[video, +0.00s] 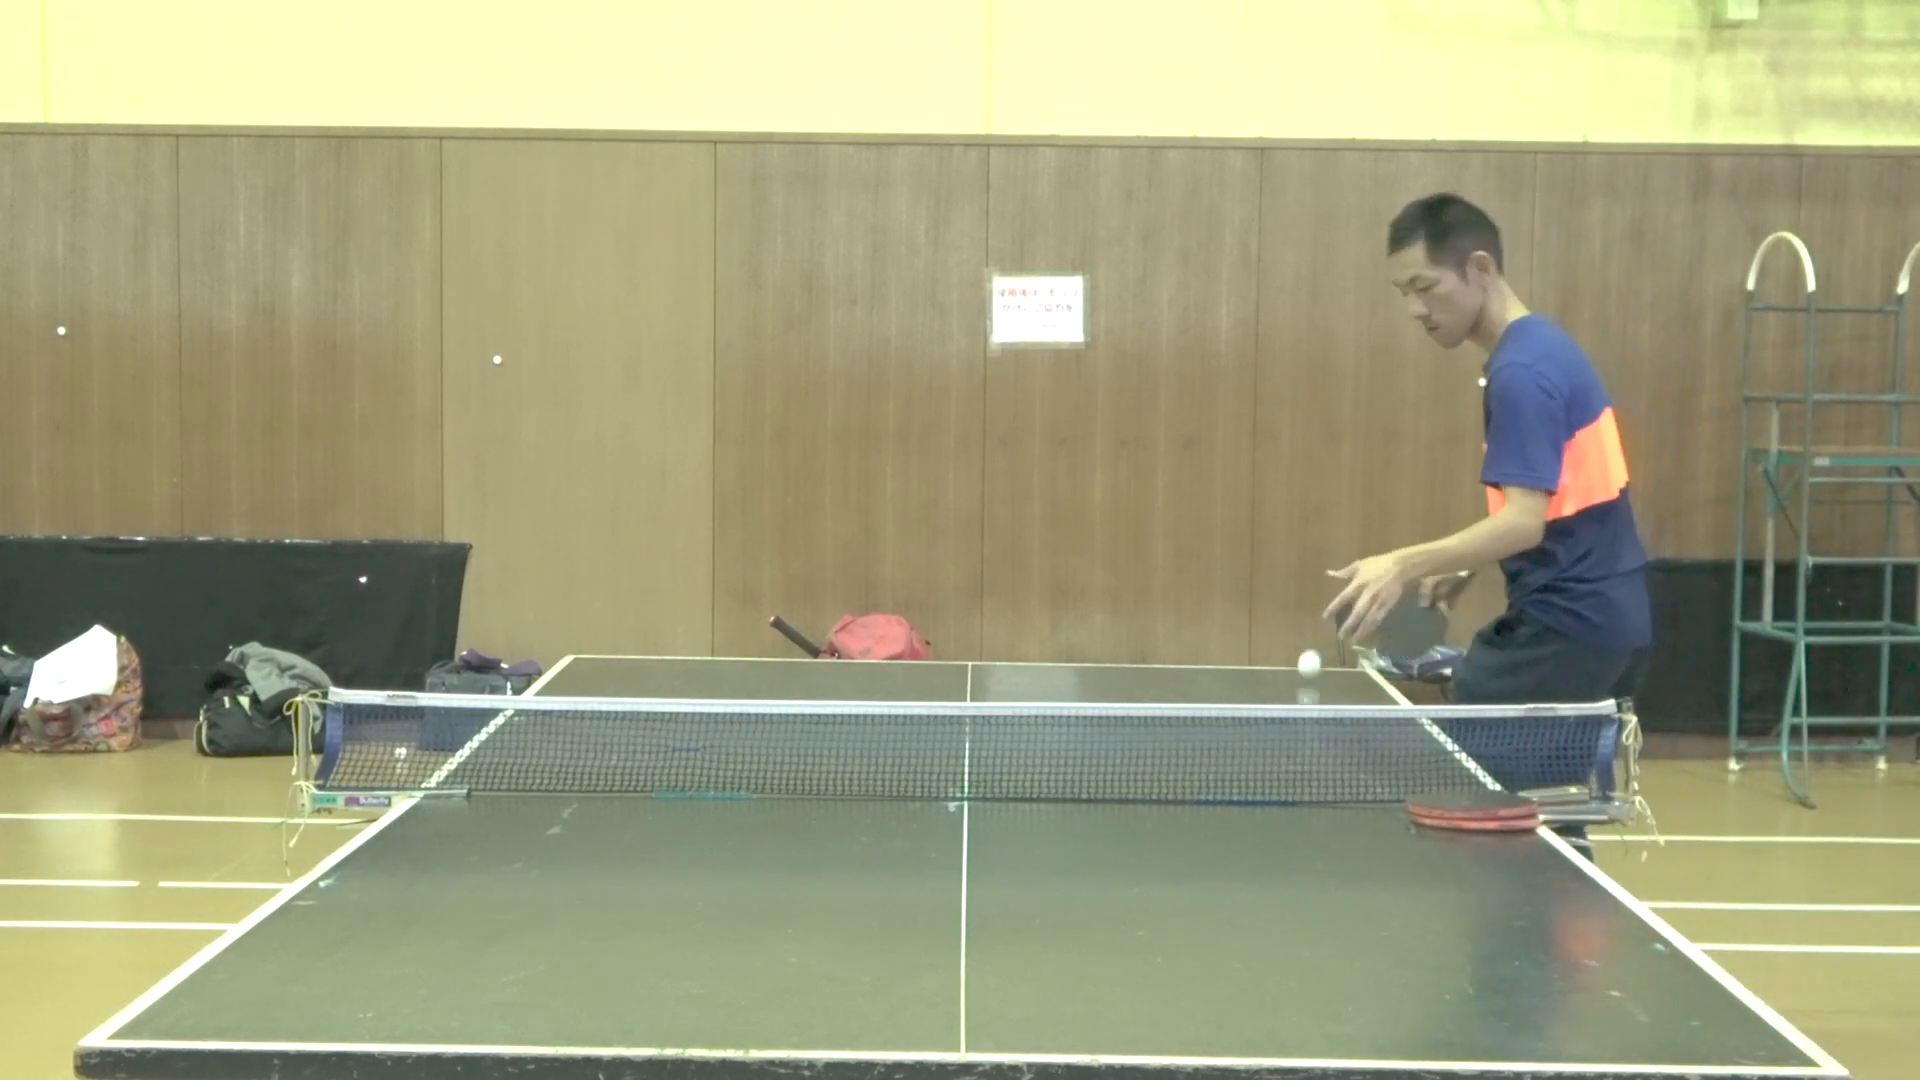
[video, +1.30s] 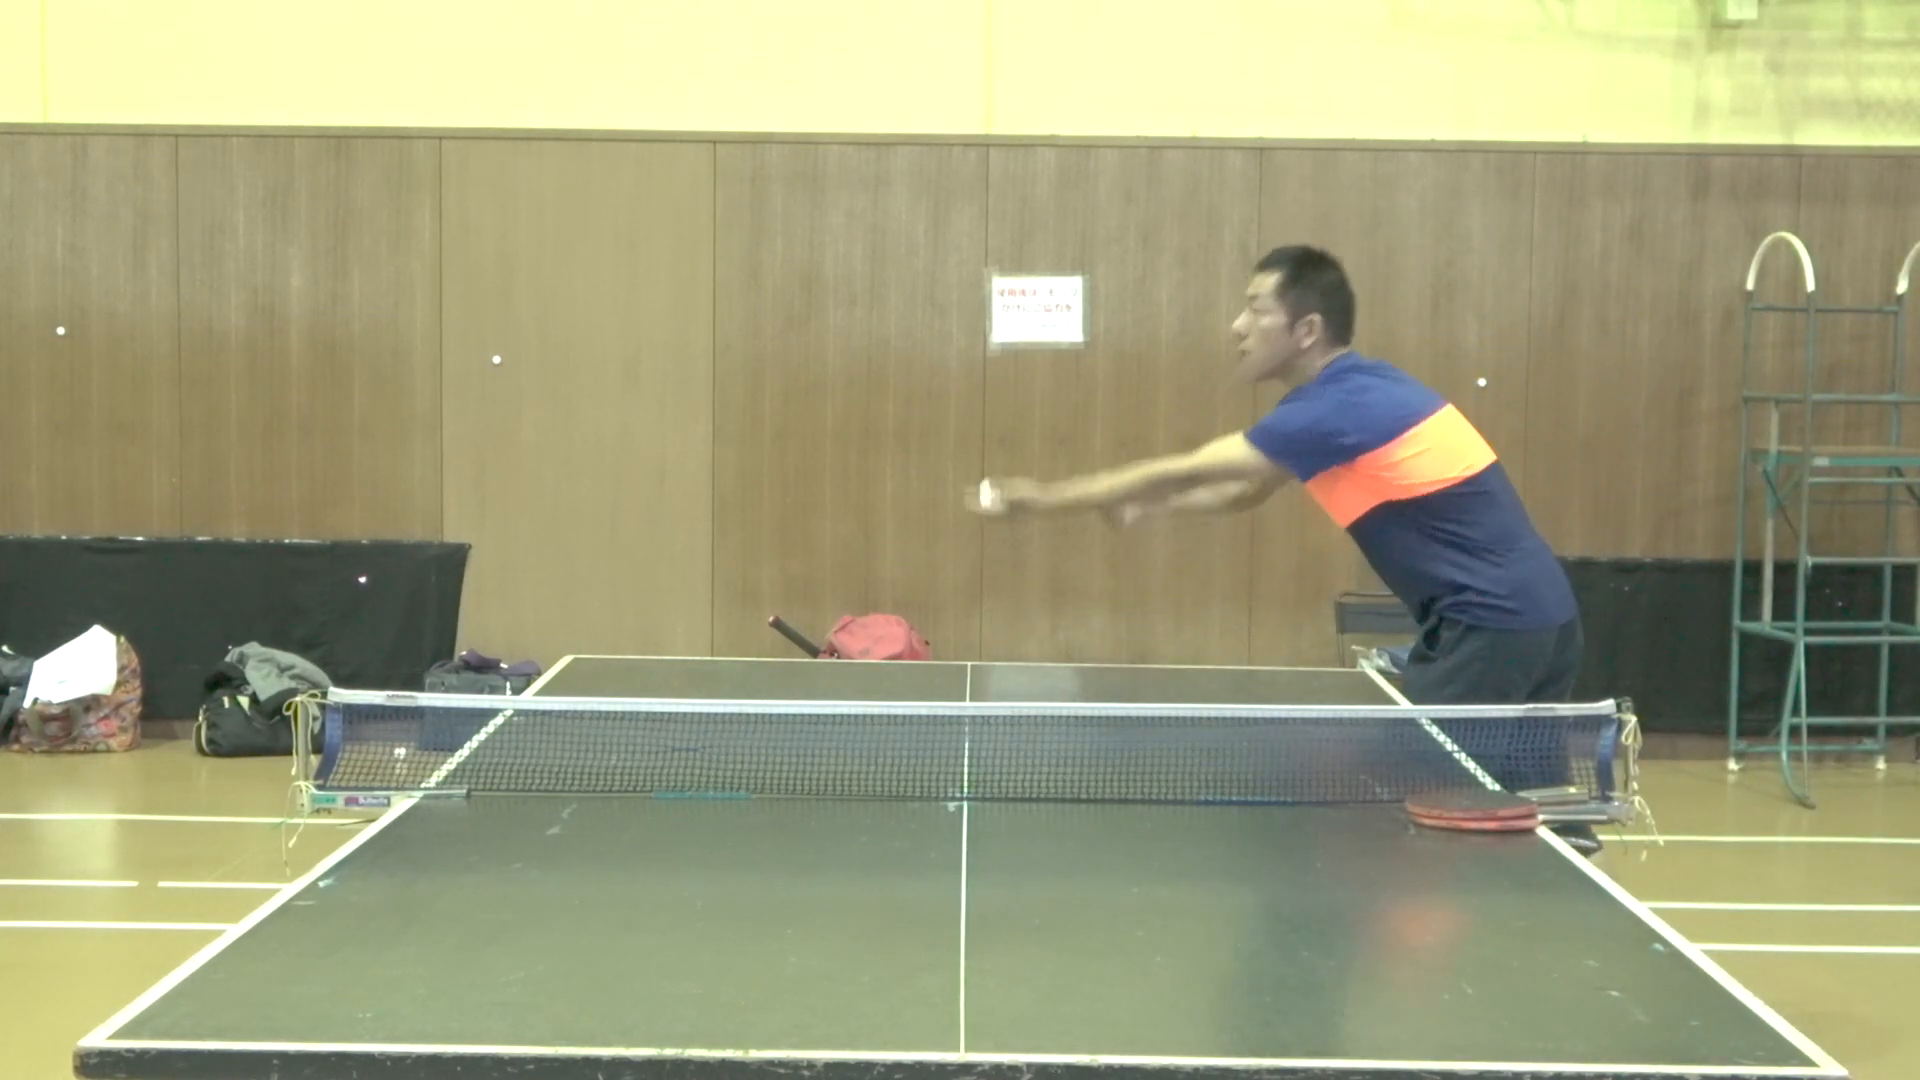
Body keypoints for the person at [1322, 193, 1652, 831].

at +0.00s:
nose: (1416, 310)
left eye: (1425, 288)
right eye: (1407, 293)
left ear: (1481, 267)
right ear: (1479, 272)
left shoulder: (1521, 370)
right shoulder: (1544, 348)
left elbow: (1523, 521)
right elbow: (1534, 501)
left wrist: (1404, 565)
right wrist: (1464, 564)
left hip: (1565, 629)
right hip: (1608, 623)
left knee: (1447, 781)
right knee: (1551, 806)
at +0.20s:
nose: (1356, 331)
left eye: (1365, 307)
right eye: (1347, 313)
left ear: (1419, 288)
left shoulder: (1466, 389)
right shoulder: (1488, 360)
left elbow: (1462, 543)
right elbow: (1448, 503)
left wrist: (1334, 563)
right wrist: (1373, 572)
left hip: (1532, 632)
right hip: (1574, 625)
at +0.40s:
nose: (1277, 362)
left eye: (1282, 342)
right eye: (1272, 344)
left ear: (1335, 322)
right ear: (1334, 324)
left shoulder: (1406, 402)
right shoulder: (1401, 384)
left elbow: (1403, 566)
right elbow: (1369, 514)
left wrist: (1274, 554)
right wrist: (1287, 580)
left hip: (1509, 634)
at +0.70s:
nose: (1192, 408)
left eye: (1199, 388)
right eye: (1188, 390)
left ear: (1254, 376)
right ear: (1258, 375)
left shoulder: (1337, 450)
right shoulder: (1339, 405)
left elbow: (1293, 596)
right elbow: (1333, 552)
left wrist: (1173, 546)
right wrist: (1255, 613)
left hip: (1492, 627)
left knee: (1391, 782)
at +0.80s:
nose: (1182, 420)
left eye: (1190, 400)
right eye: (1178, 401)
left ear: (1246, 390)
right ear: (1254, 388)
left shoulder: (1322, 455)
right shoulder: (1329, 410)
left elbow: (1251, 597)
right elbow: (1315, 562)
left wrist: (1122, 562)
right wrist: (1243, 620)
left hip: (1497, 627)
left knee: (1393, 779)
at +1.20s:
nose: (1203, 360)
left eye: (1218, 344)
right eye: (1206, 342)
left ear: (1276, 356)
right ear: (1280, 358)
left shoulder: (1312, 433)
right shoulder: (1346, 402)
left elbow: (1193, 532)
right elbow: (1262, 527)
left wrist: (1061, 587)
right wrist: (1172, 572)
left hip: (1494, 624)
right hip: (1532, 614)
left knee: (1385, 780)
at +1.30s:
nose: (1237, 326)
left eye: (1255, 310)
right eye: (1243, 309)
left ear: (1309, 328)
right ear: (1313, 329)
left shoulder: (1334, 404)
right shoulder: (1362, 390)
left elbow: (1190, 468)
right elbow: (1247, 486)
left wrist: (1043, 495)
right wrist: (1155, 504)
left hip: (1497, 633)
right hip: (1525, 624)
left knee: (1351, 786)